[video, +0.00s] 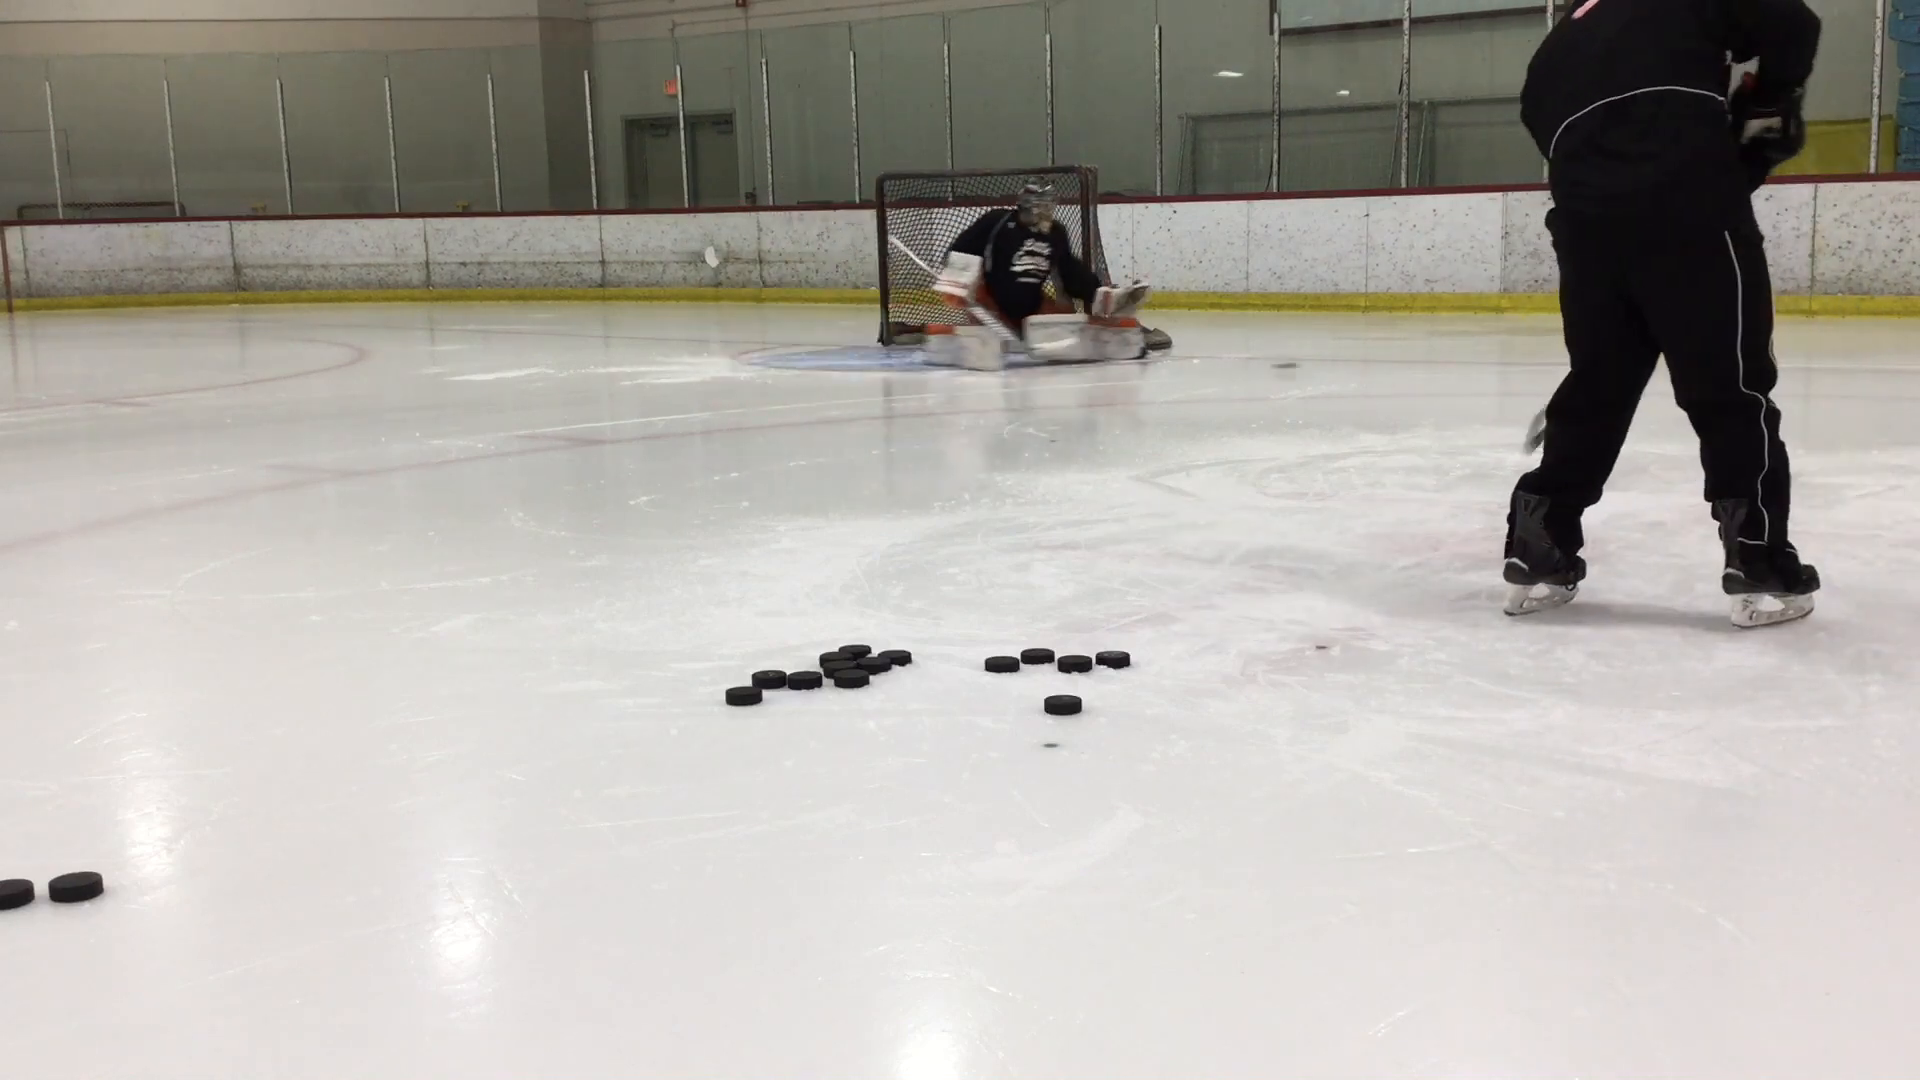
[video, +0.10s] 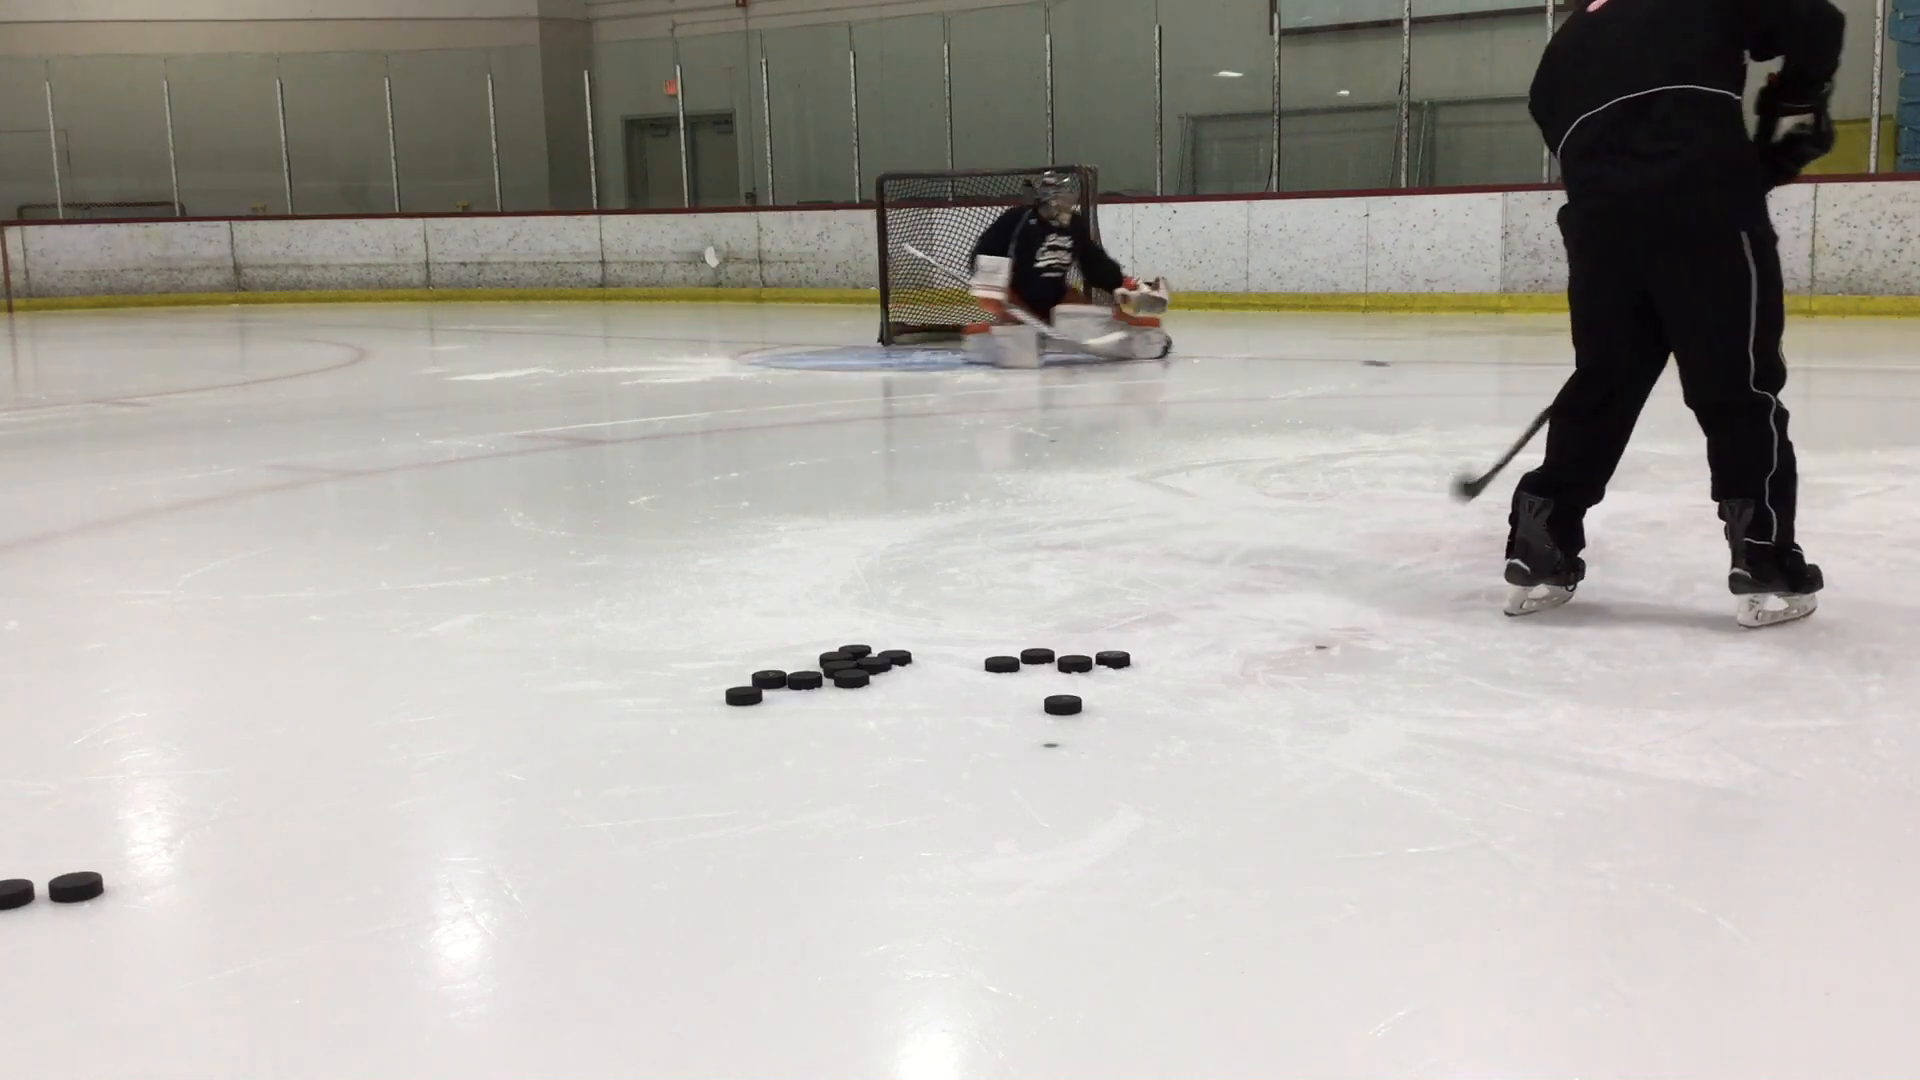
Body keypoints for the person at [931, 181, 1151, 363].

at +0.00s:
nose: (1042, 212)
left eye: (1046, 206)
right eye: (1035, 206)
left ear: (1052, 206)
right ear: (1022, 205)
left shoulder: (1056, 233)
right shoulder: (997, 221)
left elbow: (1068, 268)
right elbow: (960, 251)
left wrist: (1099, 296)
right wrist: (957, 286)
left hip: (1033, 308)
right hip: (991, 305)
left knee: (1078, 323)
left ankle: (1135, 337)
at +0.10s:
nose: (1067, 206)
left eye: (1070, 200)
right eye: (1062, 200)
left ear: (1073, 200)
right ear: (1046, 198)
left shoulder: (1075, 224)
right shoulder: (1017, 220)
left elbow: (1093, 260)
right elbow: (986, 253)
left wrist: (1124, 284)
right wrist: (992, 294)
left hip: (1056, 299)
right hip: (1015, 301)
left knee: (1098, 320)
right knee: (1023, 347)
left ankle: (1133, 340)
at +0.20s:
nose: (1088, 197)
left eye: (1090, 191)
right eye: (1082, 191)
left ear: (1094, 192)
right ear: (1066, 193)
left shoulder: (1095, 217)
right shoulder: (1040, 218)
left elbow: (1111, 253)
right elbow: (1011, 260)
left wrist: (1139, 279)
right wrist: (1029, 294)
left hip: (1088, 289)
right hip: (1050, 293)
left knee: (1126, 303)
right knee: (1113, 315)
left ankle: (1158, 339)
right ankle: (1156, 343)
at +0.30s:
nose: (1110, 194)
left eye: (1112, 187)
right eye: (1103, 188)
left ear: (1115, 188)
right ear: (1088, 190)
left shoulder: (1118, 213)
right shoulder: (1066, 215)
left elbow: (1127, 246)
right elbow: (1044, 261)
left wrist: (1147, 278)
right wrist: (1081, 297)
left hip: (1108, 282)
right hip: (1070, 288)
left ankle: (1174, 335)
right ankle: (1167, 338)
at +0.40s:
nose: (1129, 189)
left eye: (1132, 183)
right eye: (1123, 184)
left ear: (1134, 183)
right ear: (1108, 184)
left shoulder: (1139, 210)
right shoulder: (1085, 210)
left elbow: (1143, 244)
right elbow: (1066, 258)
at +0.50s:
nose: (1143, 183)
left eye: (1145, 177)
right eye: (1137, 177)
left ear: (1147, 177)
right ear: (1121, 178)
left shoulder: (1150, 205)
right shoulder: (1094, 203)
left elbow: (1153, 242)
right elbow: (1071, 248)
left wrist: (1167, 273)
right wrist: (1080, 292)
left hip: (1133, 273)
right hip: (1096, 275)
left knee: (1165, 291)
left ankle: (1161, 343)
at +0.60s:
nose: (1144, 171)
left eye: (1146, 166)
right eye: (1138, 167)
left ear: (1148, 167)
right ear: (1123, 169)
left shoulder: (1152, 198)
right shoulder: (1096, 195)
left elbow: (1154, 235)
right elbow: (1071, 240)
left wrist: (1171, 268)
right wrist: (1067, 285)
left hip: (1140, 275)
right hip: (1099, 279)